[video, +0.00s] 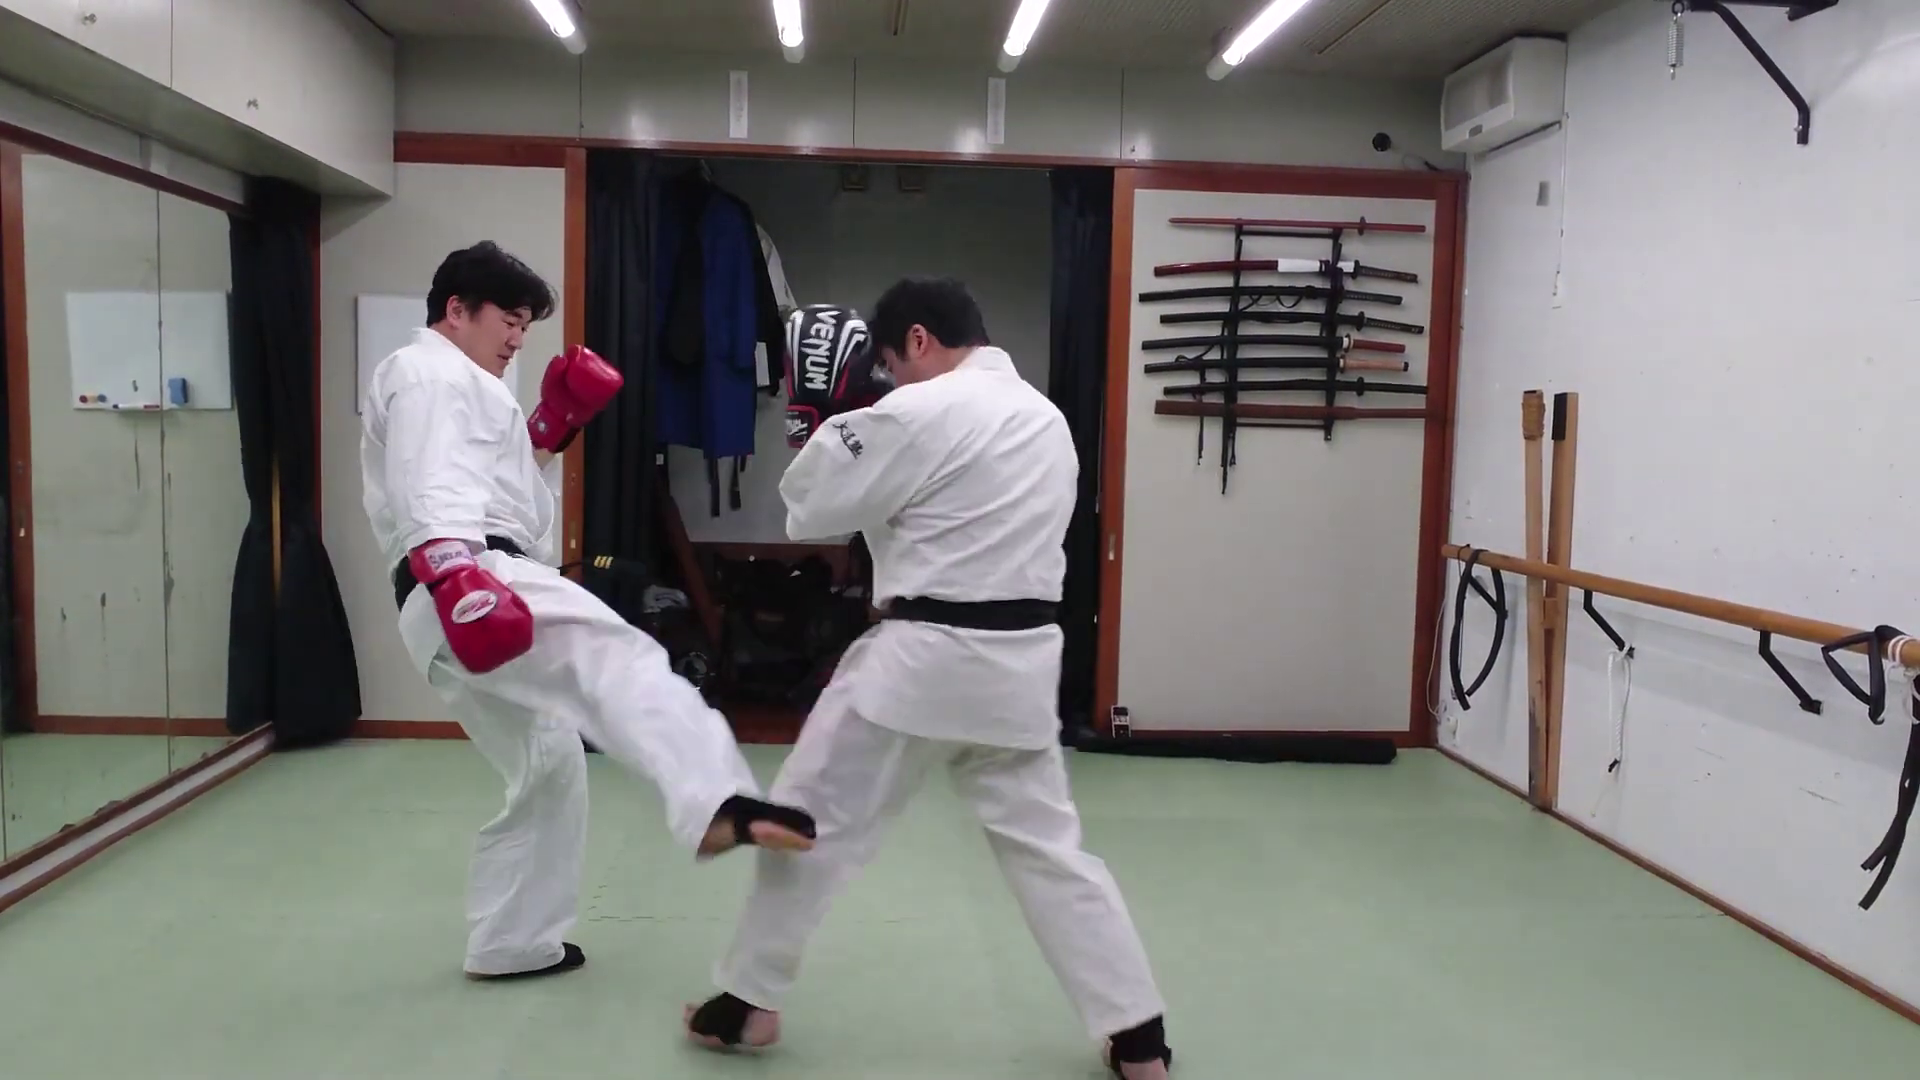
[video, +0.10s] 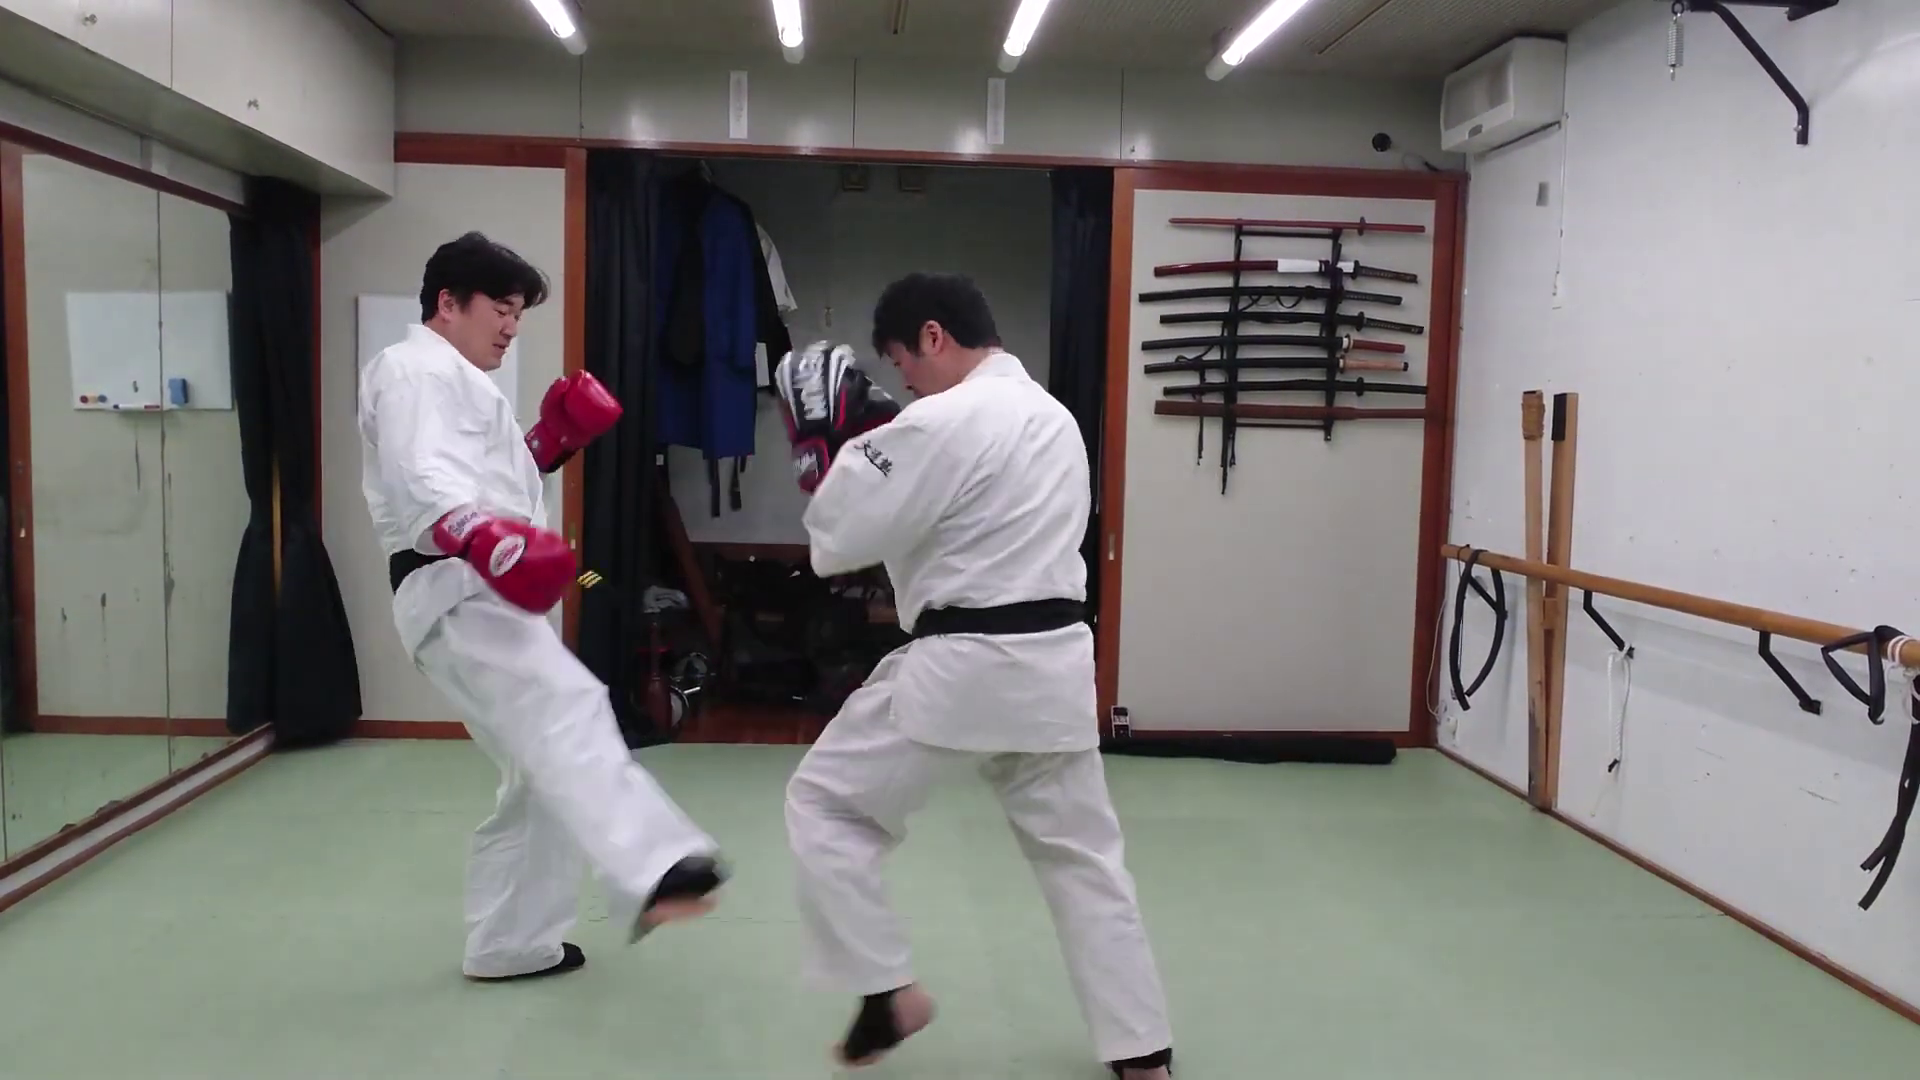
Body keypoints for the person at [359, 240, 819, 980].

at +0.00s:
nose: (519, 335)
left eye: (524, 323)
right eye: (509, 317)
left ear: (465, 317)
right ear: (457, 308)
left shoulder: (481, 388)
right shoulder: (431, 368)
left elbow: (503, 470)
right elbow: (429, 473)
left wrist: (553, 419)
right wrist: (457, 572)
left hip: (440, 597)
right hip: (475, 572)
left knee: (547, 759)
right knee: (621, 658)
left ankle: (511, 944)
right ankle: (713, 799)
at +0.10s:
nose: (512, 326)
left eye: (518, 312)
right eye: (500, 308)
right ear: (448, 304)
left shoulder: (476, 388)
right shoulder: (414, 366)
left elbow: (492, 482)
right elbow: (416, 478)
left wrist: (550, 439)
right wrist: (486, 538)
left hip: (492, 580)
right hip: (449, 582)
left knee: (542, 756)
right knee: (567, 702)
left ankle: (509, 942)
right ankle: (652, 864)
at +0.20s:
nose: (505, 313)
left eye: (510, 299)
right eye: (491, 296)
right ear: (439, 294)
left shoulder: (476, 396)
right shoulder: (393, 361)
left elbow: (491, 493)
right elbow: (391, 463)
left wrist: (549, 458)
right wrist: (498, 470)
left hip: (498, 594)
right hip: (436, 589)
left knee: (546, 759)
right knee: (495, 751)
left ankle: (531, 941)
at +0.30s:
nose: (494, 305)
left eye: (500, 291)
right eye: (481, 286)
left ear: (494, 296)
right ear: (427, 284)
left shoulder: (471, 381)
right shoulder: (375, 356)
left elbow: (477, 487)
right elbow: (370, 462)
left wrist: (542, 472)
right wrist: (467, 438)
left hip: (485, 602)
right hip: (402, 599)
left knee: (517, 771)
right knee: (415, 769)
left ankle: (509, 945)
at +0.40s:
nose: (475, 300)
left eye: (481, 286)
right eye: (459, 283)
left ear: (485, 292)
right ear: (407, 284)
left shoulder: (470, 377)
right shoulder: (341, 360)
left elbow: (465, 473)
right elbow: (342, 461)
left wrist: (517, 470)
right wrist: (439, 423)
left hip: (463, 611)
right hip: (365, 610)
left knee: (494, 783)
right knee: (329, 786)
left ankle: (504, 943)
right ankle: (241, 932)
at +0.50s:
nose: (442, 315)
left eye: (449, 302)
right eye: (427, 298)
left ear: (454, 304)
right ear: (373, 294)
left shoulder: (453, 382)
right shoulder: (304, 374)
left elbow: (472, 496)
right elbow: (315, 481)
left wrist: (498, 466)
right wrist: (400, 437)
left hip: (430, 623)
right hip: (321, 620)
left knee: (480, 777)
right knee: (285, 790)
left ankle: (499, 937)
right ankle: (235, 934)